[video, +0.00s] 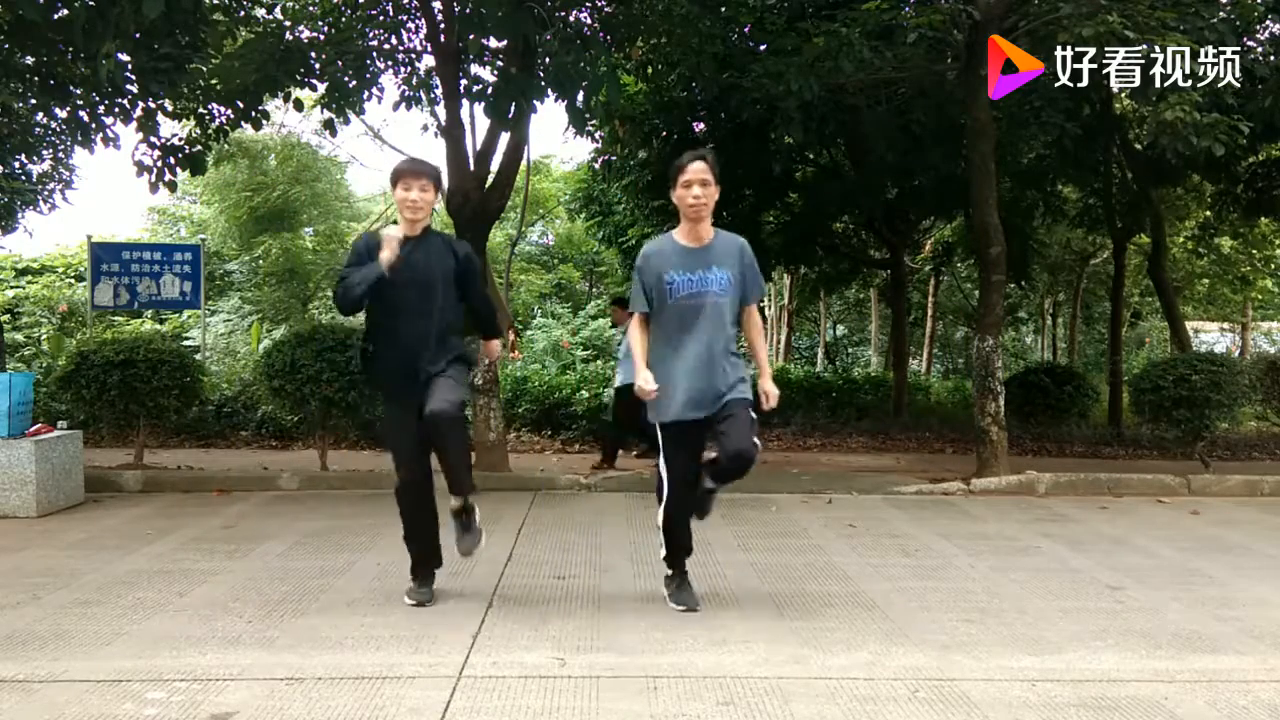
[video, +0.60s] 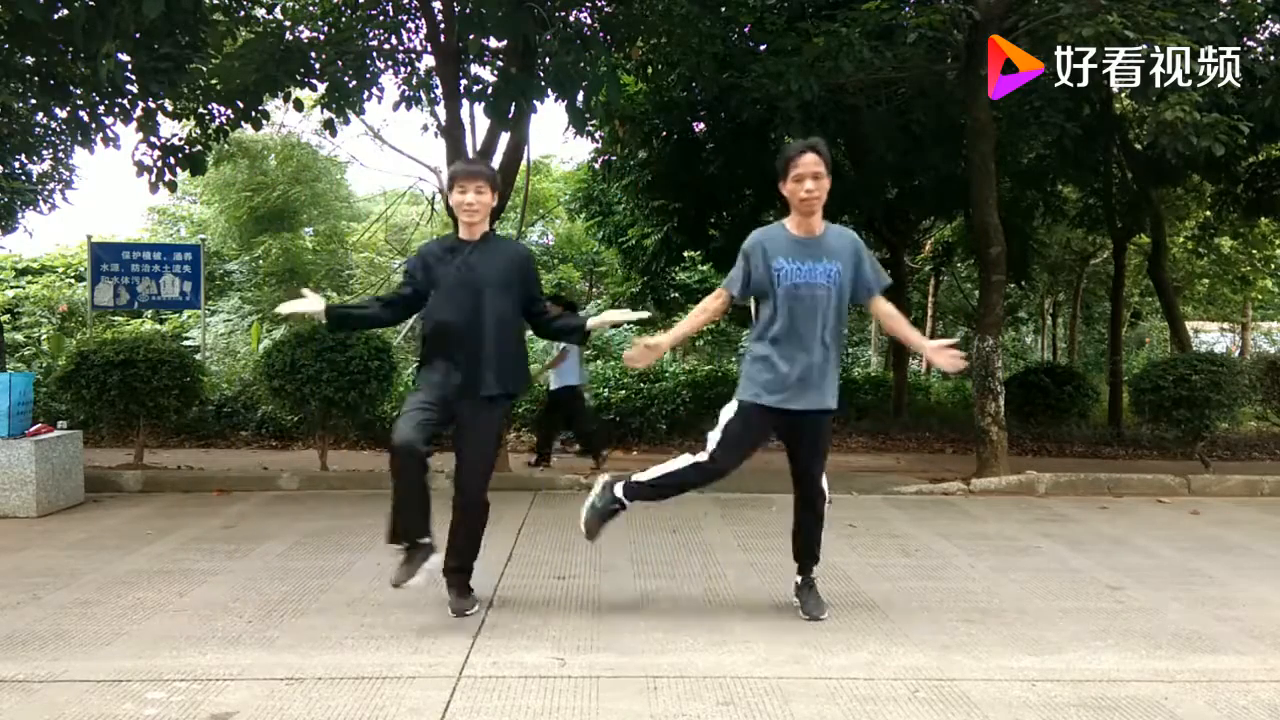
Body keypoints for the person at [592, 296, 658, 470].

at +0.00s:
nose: (612, 317)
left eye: (615, 312)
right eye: (612, 312)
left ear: (625, 312)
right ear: (625, 313)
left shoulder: (635, 330)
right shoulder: (627, 331)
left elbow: (639, 355)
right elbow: (628, 356)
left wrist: (641, 376)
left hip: (629, 382)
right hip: (624, 382)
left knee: (617, 424)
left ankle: (608, 458)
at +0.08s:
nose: (606, 314)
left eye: (608, 310)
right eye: (605, 311)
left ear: (617, 310)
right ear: (614, 311)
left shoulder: (627, 330)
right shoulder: (618, 330)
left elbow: (635, 356)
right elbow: (626, 357)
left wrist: (641, 377)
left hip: (624, 382)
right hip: (615, 382)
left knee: (614, 422)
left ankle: (607, 459)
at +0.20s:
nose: (592, 313)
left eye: (594, 309)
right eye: (592, 309)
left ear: (603, 309)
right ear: (601, 309)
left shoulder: (613, 328)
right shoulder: (607, 328)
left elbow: (615, 357)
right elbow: (610, 357)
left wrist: (613, 383)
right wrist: (600, 380)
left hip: (608, 383)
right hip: (601, 383)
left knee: (605, 423)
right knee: (603, 423)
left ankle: (607, 458)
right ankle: (606, 457)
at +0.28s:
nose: (584, 312)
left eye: (587, 308)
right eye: (584, 308)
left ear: (597, 309)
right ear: (595, 309)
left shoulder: (606, 328)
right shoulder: (601, 328)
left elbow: (605, 356)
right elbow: (600, 356)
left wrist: (596, 381)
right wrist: (591, 376)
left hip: (607, 379)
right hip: (601, 379)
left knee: (604, 418)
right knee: (601, 417)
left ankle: (607, 457)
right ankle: (600, 452)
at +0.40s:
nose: (570, 312)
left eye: (573, 308)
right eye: (571, 308)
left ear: (583, 310)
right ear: (583, 311)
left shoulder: (592, 327)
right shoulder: (586, 328)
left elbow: (585, 355)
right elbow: (585, 354)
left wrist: (571, 367)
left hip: (593, 383)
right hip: (585, 383)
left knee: (598, 423)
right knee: (569, 420)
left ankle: (605, 460)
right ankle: (552, 454)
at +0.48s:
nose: (564, 313)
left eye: (567, 309)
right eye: (564, 309)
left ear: (576, 311)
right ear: (576, 312)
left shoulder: (581, 329)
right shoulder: (583, 328)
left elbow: (576, 355)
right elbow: (578, 355)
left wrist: (555, 371)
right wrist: (559, 370)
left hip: (583, 383)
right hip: (581, 383)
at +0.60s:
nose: (547, 311)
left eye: (551, 307)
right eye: (547, 307)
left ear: (562, 310)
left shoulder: (569, 330)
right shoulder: (559, 332)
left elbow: (563, 355)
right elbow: (563, 356)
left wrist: (543, 369)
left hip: (566, 386)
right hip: (560, 386)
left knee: (546, 423)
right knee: (579, 423)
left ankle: (543, 456)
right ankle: (596, 452)